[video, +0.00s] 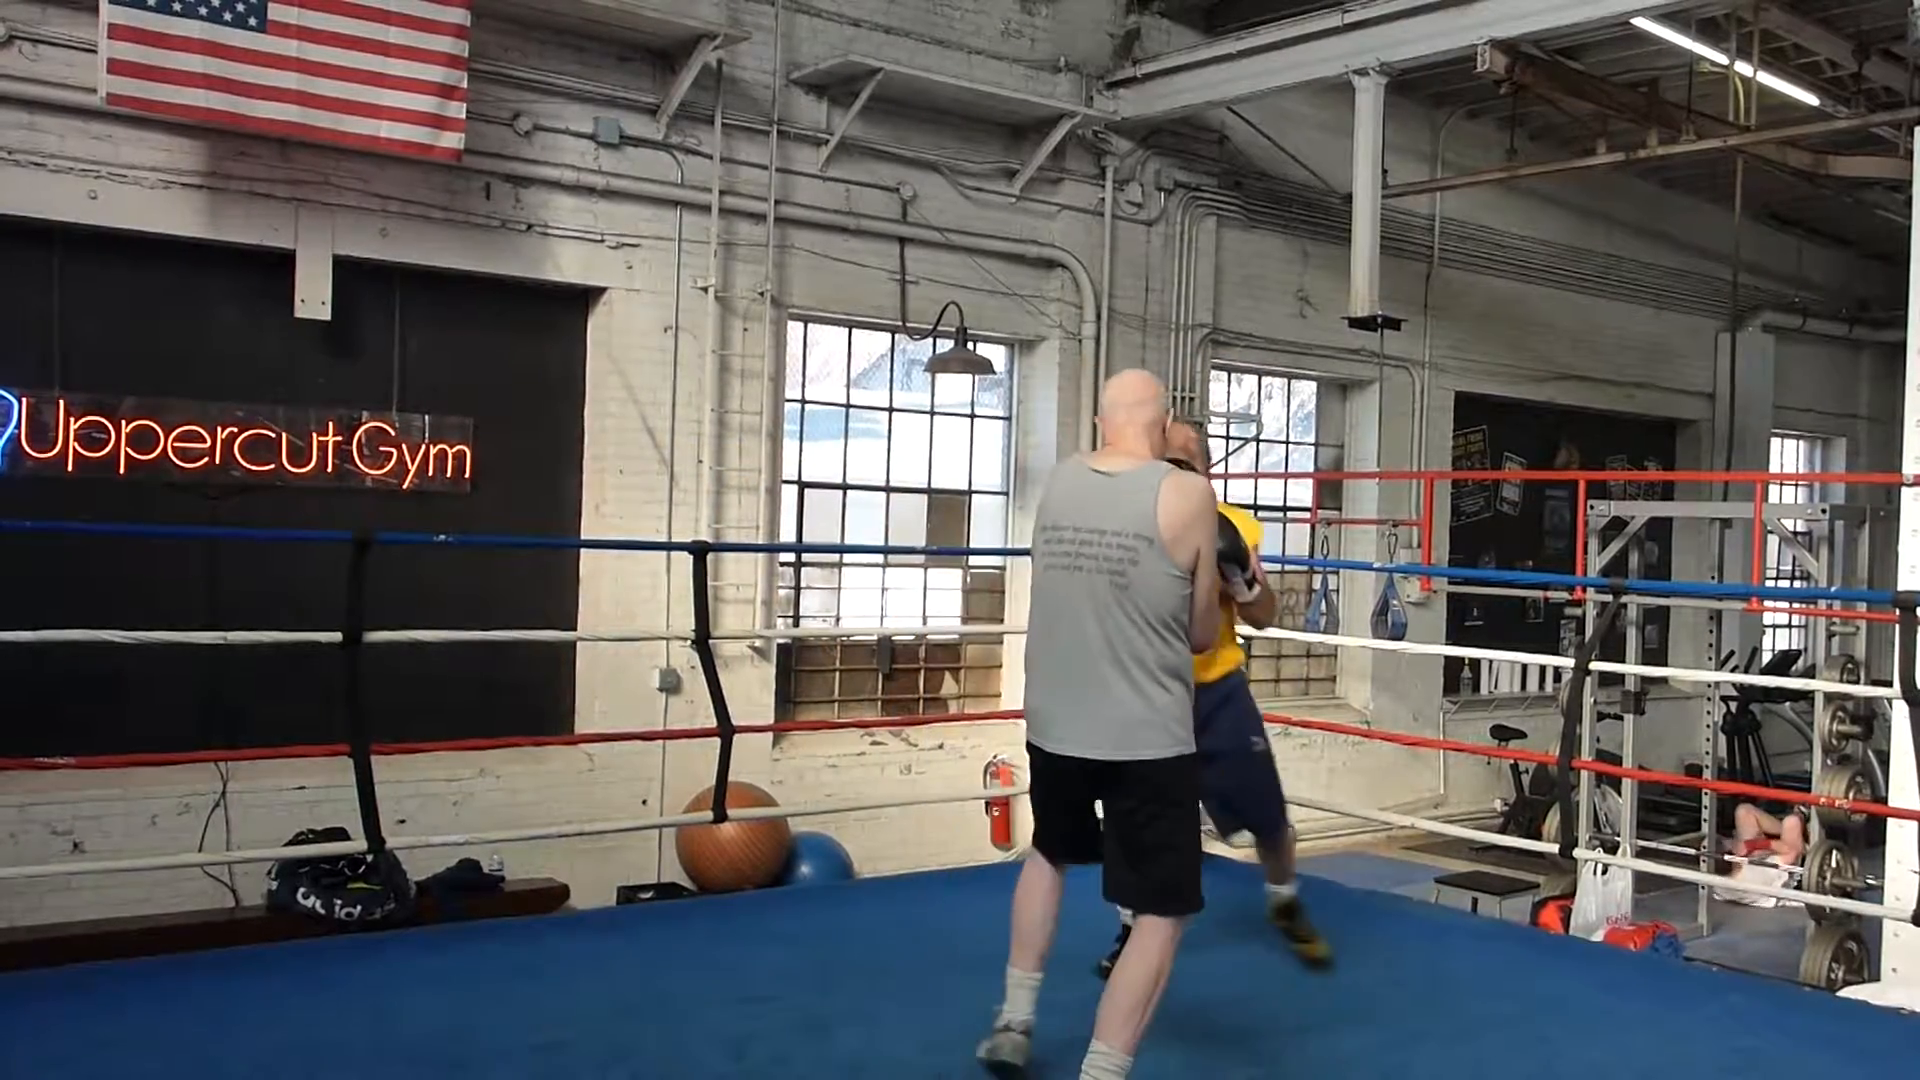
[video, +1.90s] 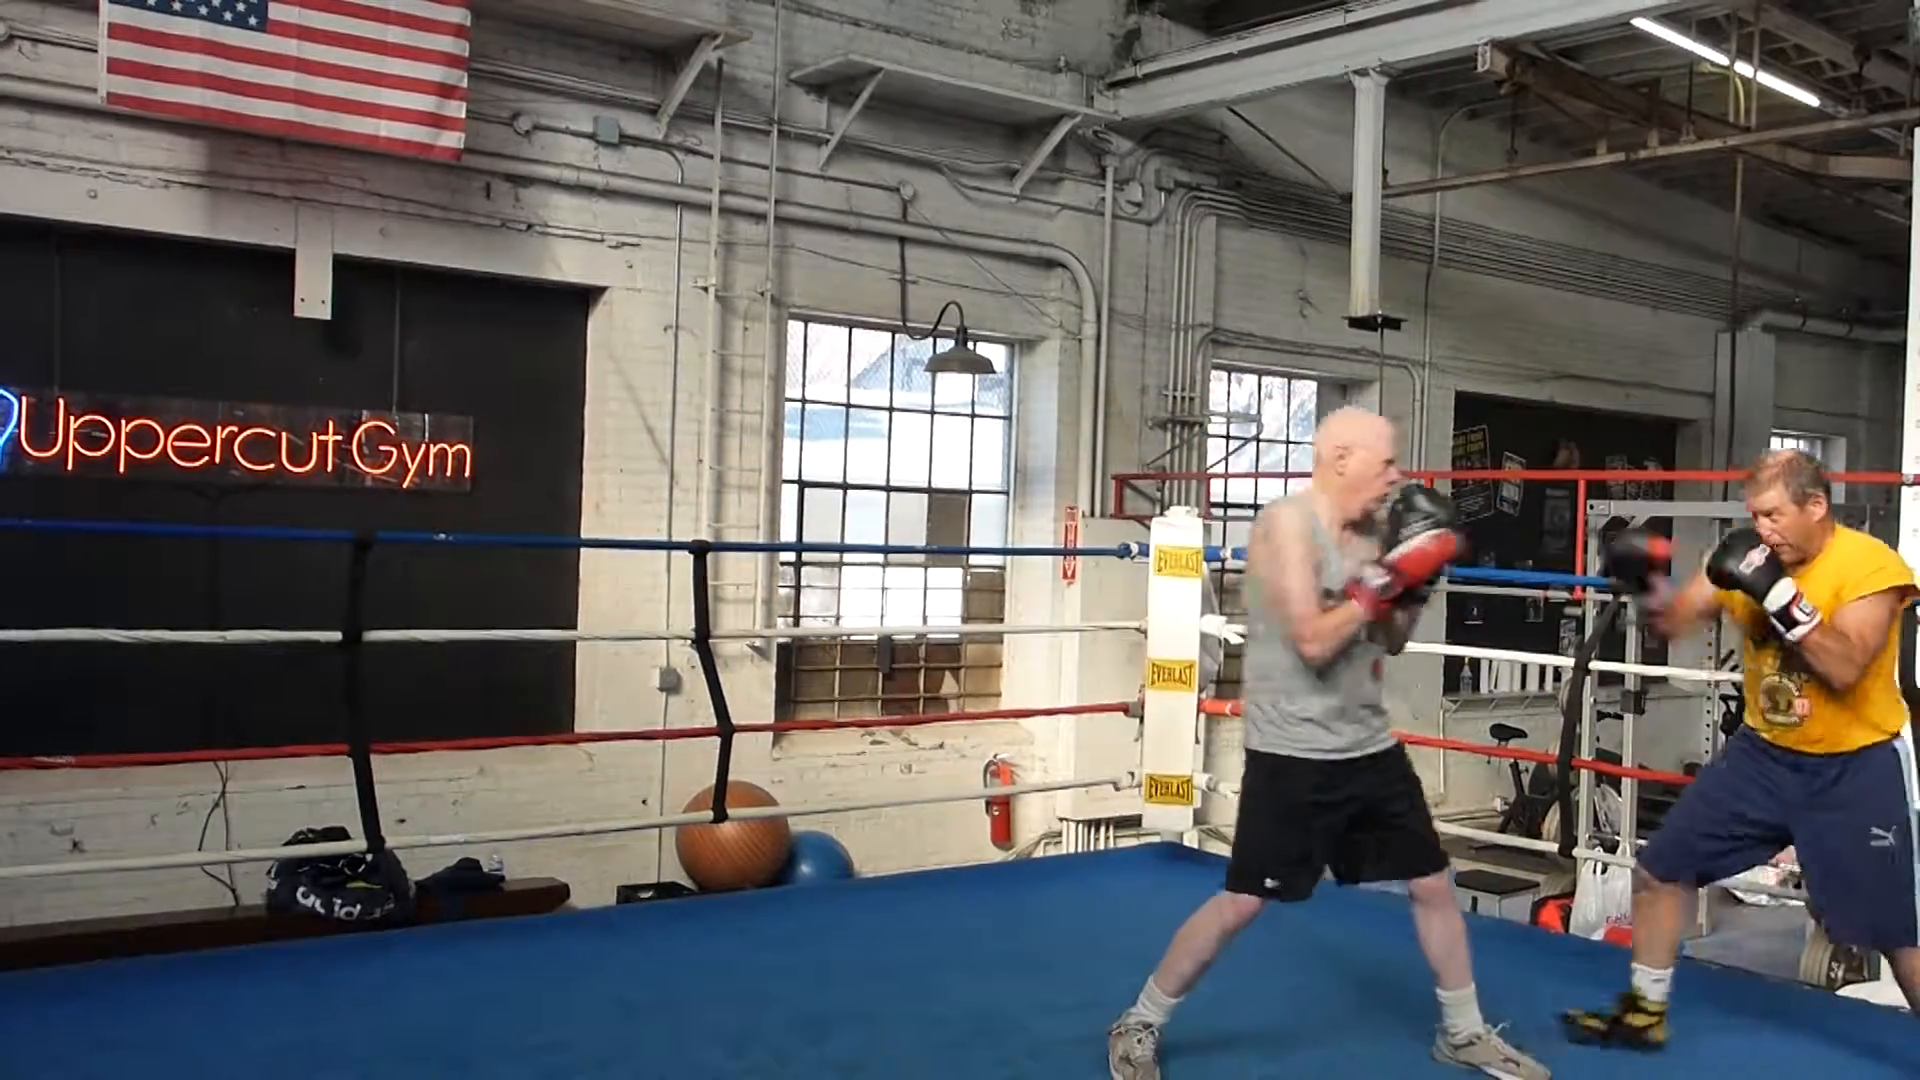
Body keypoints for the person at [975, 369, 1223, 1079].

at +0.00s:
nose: (1162, 416)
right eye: (1163, 407)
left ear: (1099, 421)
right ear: (1163, 421)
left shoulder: (1059, 482)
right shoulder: (1189, 495)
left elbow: (1063, 591)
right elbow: (1203, 631)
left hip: (1053, 725)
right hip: (1148, 738)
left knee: (1047, 853)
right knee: (1159, 913)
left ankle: (1014, 1021)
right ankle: (1101, 1071)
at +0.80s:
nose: (1211, 449)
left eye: (1214, 436)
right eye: (1211, 432)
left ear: (1157, 415)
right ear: (1188, 418)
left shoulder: (1119, 473)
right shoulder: (1149, 480)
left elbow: (1158, 590)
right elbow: (1178, 603)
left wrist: (1206, 523)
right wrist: (1228, 533)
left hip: (1106, 707)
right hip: (1112, 713)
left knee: (1120, 871)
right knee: (1109, 882)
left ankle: (1094, 1014)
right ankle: (1037, 1050)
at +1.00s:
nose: (1211, 464)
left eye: (1214, 451)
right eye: (1211, 447)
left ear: (1162, 432)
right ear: (1183, 434)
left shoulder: (1123, 496)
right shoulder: (1133, 503)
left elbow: (1163, 602)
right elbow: (1176, 620)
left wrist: (1207, 535)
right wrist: (1229, 543)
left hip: (1156, 720)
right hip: (1130, 727)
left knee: (1225, 827)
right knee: (1138, 893)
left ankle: (1152, 981)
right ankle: (1040, 1053)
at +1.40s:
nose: (1283, 457)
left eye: (1287, 445)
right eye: (1281, 442)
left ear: (1249, 425)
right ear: (1245, 424)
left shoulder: (1238, 497)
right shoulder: (1178, 484)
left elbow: (1263, 602)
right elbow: (1220, 603)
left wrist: (1300, 535)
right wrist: (1282, 536)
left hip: (1248, 712)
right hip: (1186, 713)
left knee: (1249, 861)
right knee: (1178, 868)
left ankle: (1236, 1011)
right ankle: (1108, 1024)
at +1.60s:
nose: (1297, 470)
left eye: (1301, 458)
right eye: (1293, 454)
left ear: (1260, 445)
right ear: (1251, 441)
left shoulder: (1264, 520)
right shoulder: (1184, 506)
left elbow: (1292, 618)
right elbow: (1227, 624)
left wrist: (1324, 542)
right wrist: (1292, 546)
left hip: (1281, 726)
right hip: (1205, 736)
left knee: (1358, 849)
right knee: (1197, 891)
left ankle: (1286, 977)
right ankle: (1131, 1025)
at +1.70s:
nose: (1320, 478)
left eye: (1322, 466)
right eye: (1313, 463)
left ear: (1278, 453)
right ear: (1271, 453)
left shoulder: (1291, 523)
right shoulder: (1201, 518)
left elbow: (1313, 632)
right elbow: (1227, 641)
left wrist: (1342, 568)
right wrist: (1301, 562)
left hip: (1303, 731)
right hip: (1224, 744)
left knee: (1388, 854)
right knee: (1211, 899)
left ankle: (1373, 1006)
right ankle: (1133, 1027)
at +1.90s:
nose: (1394, 480)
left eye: (1395, 467)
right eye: (1385, 465)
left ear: (1356, 462)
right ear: (1337, 458)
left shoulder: (1371, 529)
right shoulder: (1286, 521)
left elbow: (1391, 641)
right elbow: (1313, 641)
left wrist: (1410, 583)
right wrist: (1390, 578)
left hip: (1370, 748)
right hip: (1289, 752)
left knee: (1434, 885)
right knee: (1242, 901)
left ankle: (1465, 1033)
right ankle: (1140, 1023)